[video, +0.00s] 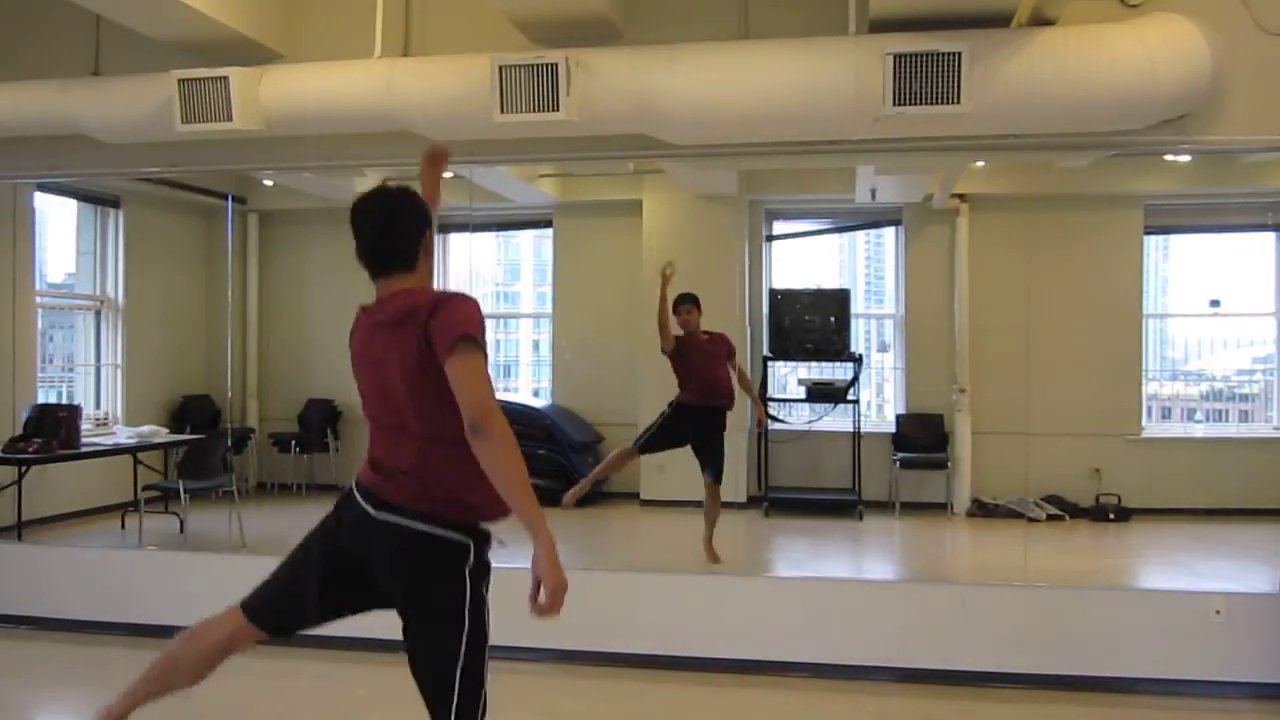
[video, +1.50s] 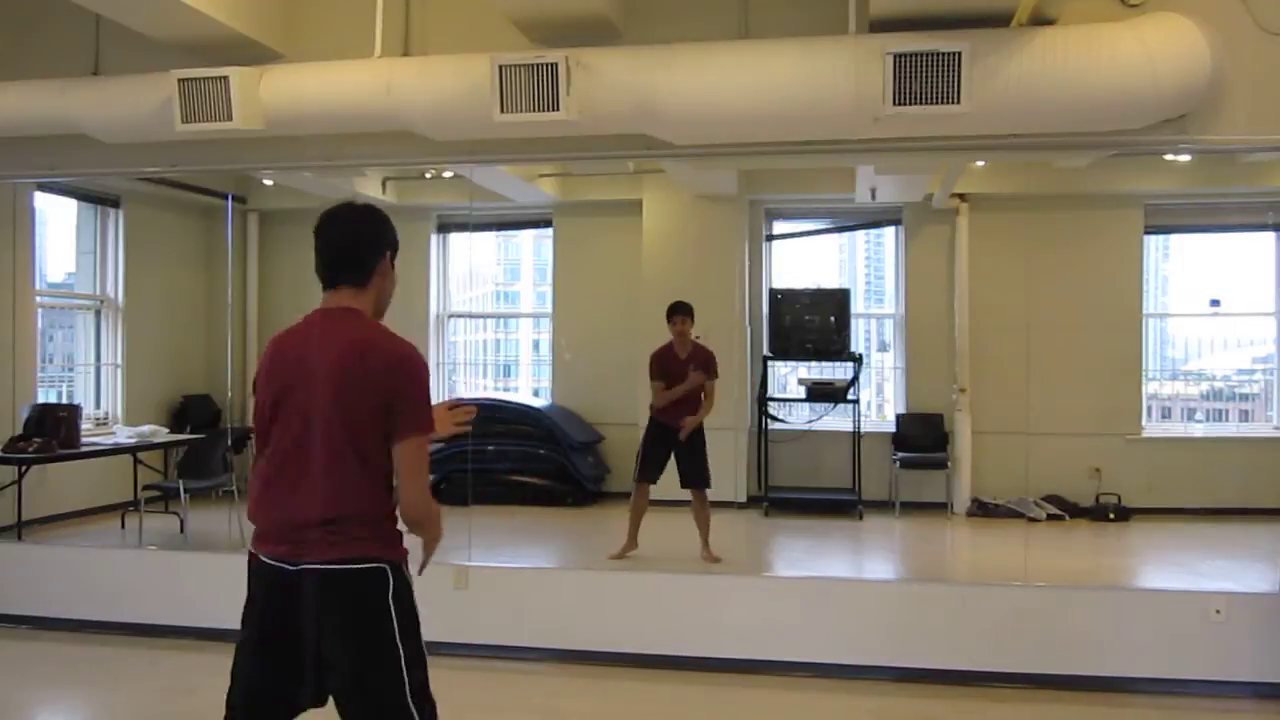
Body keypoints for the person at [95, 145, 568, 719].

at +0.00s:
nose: (425, 235)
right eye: (423, 230)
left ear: (360, 252)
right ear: (425, 241)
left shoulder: (368, 326)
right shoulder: (451, 313)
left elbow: (409, 257)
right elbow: (482, 421)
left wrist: (429, 183)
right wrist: (542, 538)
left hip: (364, 522)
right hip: (442, 549)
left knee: (242, 623)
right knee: (460, 710)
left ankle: (115, 710)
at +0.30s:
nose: (483, 295)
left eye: (481, 282)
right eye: (483, 283)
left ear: (410, 284)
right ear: (474, 290)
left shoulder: (357, 380)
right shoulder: (483, 390)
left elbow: (309, 502)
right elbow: (564, 515)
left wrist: (355, 569)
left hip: (371, 605)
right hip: (462, 610)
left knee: (341, 712)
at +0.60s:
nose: (476, 283)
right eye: (474, 272)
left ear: (401, 287)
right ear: (468, 279)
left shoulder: (364, 375)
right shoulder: (495, 368)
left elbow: (309, 501)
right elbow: (582, 492)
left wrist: (360, 551)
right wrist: (617, 531)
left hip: (355, 606)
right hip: (451, 617)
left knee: (306, 710)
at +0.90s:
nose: (425, 286)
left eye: (422, 275)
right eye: (424, 274)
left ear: (348, 286)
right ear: (413, 277)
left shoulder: (352, 377)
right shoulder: (433, 324)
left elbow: (452, 483)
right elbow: (523, 429)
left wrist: (561, 503)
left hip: (361, 591)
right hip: (444, 600)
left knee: (318, 711)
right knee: (470, 712)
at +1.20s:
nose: (430, 280)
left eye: (428, 266)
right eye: (429, 268)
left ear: (357, 269)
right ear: (421, 274)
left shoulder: (310, 360)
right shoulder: (407, 345)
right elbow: (490, 398)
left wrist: (265, 430)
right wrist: (561, 398)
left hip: (344, 587)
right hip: (423, 589)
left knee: (318, 711)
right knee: (446, 711)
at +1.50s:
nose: (397, 277)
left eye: (396, 263)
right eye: (396, 262)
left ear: (322, 265)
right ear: (384, 264)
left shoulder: (277, 351)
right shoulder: (397, 357)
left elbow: (270, 464)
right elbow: (413, 504)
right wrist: (430, 530)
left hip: (276, 583)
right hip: (362, 587)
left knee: (252, 711)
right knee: (398, 712)